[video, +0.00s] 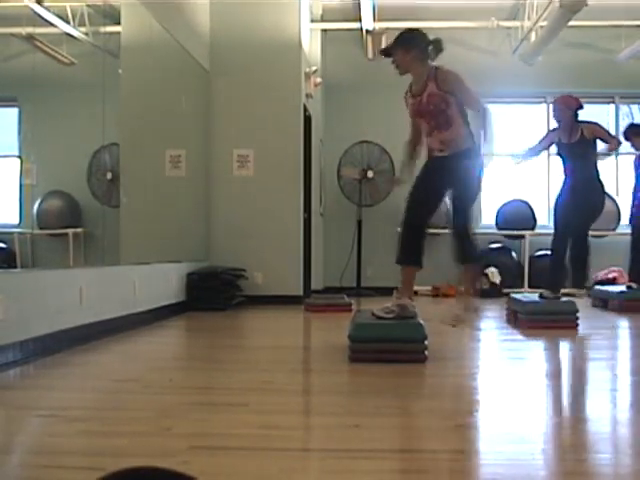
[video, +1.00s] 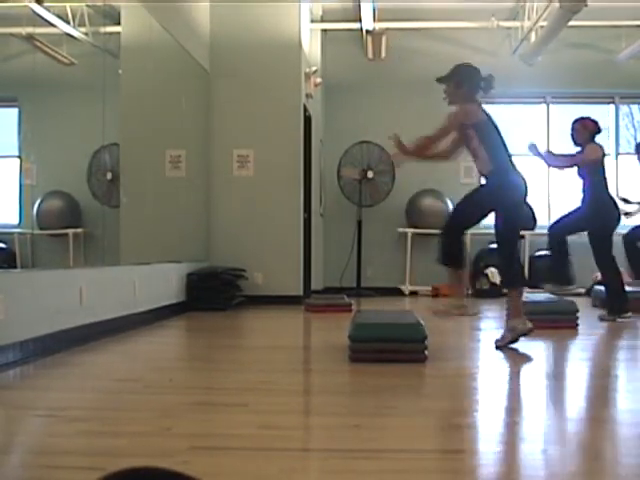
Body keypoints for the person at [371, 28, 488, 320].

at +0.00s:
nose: (393, 62)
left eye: (396, 55)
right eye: (392, 56)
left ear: (414, 53)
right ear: (408, 56)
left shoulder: (445, 78)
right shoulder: (412, 93)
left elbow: (480, 110)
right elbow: (415, 136)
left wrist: (486, 150)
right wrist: (404, 172)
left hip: (464, 158)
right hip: (435, 162)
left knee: (461, 225)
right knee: (413, 221)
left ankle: (468, 300)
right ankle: (405, 299)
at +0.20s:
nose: (426, 85)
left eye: (428, 79)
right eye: (424, 81)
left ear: (445, 73)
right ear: (439, 75)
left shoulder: (468, 93)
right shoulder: (438, 107)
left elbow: (432, 100)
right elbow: (402, 117)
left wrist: (383, 91)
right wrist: (363, 106)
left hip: (496, 178)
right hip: (470, 182)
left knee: (513, 239)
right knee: (430, 228)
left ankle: (551, 309)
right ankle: (404, 301)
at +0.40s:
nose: (458, 108)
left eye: (460, 101)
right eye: (456, 102)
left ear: (474, 98)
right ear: (474, 100)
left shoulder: (495, 120)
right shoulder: (482, 128)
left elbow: (456, 122)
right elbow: (454, 142)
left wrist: (424, 104)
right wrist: (427, 114)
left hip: (531, 201)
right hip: (510, 204)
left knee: (549, 265)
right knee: (462, 239)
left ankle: (574, 335)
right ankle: (415, 296)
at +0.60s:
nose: (460, 101)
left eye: (464, 95)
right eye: (460, 95)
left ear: (478, 94)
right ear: (479, 95)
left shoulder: (494, 118)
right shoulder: (489, 121)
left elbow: (506, 156)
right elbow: (521, 154)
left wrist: (518, 183)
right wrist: (523, 178)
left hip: (530, 193)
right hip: (528, 193)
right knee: (473, 238)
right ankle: (482, 307)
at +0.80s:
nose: (459, 108)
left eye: (463, 103)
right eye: (460, 103)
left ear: (476, 104)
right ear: (484, 104)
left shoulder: (481, 131)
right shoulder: (497, 130)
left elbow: (487, 171)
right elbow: (527, 162)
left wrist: (498, 205)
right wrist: (533, 193)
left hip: (507, 209)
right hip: (515, 206)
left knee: (508, 269)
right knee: (507, 267)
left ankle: (570, 326)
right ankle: (520, 328)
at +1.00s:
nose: (445, 91)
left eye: (449, 86)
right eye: (446, 86)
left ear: (462, 88)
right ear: (471, 89)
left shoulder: (462, 112)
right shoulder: (475, 115)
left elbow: (433, 141)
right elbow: (448, 152)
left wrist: (407, 150)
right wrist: (413, 154)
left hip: (497, 185)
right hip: (511, 184)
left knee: (453, 228)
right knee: (508, 253)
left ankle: (458, 299)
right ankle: (516, 320)